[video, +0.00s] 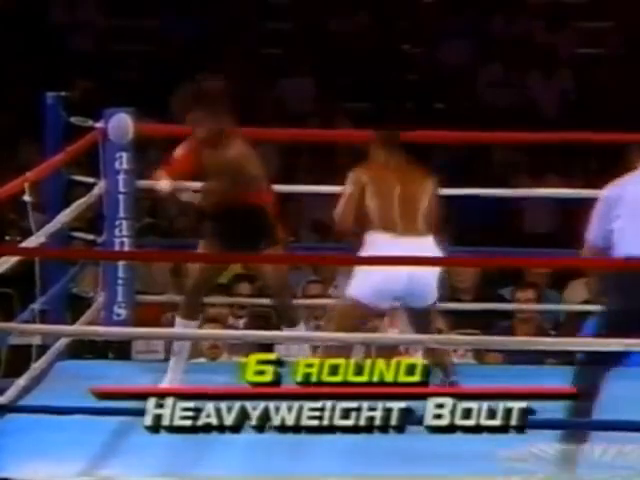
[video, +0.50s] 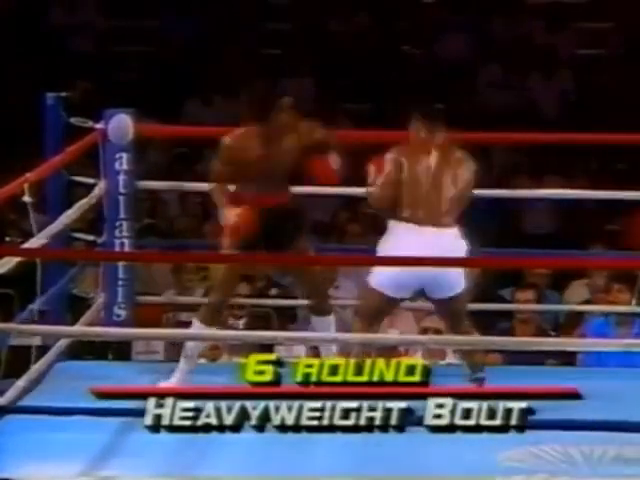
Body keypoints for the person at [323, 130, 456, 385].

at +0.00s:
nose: (372, 152)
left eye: (372, 146)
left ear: (374, 147)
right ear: (400, 147)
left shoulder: (362, 174)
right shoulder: (426, 178)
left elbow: (343, 221)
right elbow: (432, 223)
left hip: (379, 259)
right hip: (425, 259)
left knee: (336, 333)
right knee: (428, 332)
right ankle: (451, 382)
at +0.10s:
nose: (380, 128)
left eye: (381, 122)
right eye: (381, 122)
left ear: (388, 121)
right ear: (412, 123)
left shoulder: (369, 149)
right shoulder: (437, 152)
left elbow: (350, 194)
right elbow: (436, 198)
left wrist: (375, 195)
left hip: (384, 235)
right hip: (429, 237)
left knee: (349, 323)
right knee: (432, 320)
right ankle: (456, 376)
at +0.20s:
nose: (385, 99)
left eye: (387, 93)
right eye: (386, 93)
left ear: (396, 93)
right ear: (420, 95)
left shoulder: (383, 123)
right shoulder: (445, 127)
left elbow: (357, 171)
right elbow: (435, 171)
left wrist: (361, 141)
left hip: (394, 209)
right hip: (437, 211)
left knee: (367, 306)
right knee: (443, 306)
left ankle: (360, 376)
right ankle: (464, 372)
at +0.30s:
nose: (388, 102)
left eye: (390, 95)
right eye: (389, 96)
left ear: (401, 94)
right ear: (422, 95)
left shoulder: (391, 125)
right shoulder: (451, 129)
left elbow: (364, 174)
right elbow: (442, 171)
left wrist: (362, 144)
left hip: (400, 213)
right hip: (441, 213)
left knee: (375, 308)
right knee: (450, 307)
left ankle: (360, 376)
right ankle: (473, 371)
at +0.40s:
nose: (400, 122)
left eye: (402, 116)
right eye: (401, 116)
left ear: (410, 114)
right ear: (434, 115)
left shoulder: (398, 146)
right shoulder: (459, 151)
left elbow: (374, 195)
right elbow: (453, 192)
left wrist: (369, 169)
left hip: (407, 234)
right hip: (449, 234)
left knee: (374, 322)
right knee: (458, 320)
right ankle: (480, 378)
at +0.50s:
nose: (410, 134)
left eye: (412, 128)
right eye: (413, 129)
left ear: (417, 129)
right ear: (443, 132)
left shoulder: (398, 157)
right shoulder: (463, 163)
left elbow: (380, 201)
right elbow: (454, 204)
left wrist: (374, 179)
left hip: (402, 243)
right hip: (447, 245)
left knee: (365, 320)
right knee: (460, 323)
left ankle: (349, 383)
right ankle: (480, 382)